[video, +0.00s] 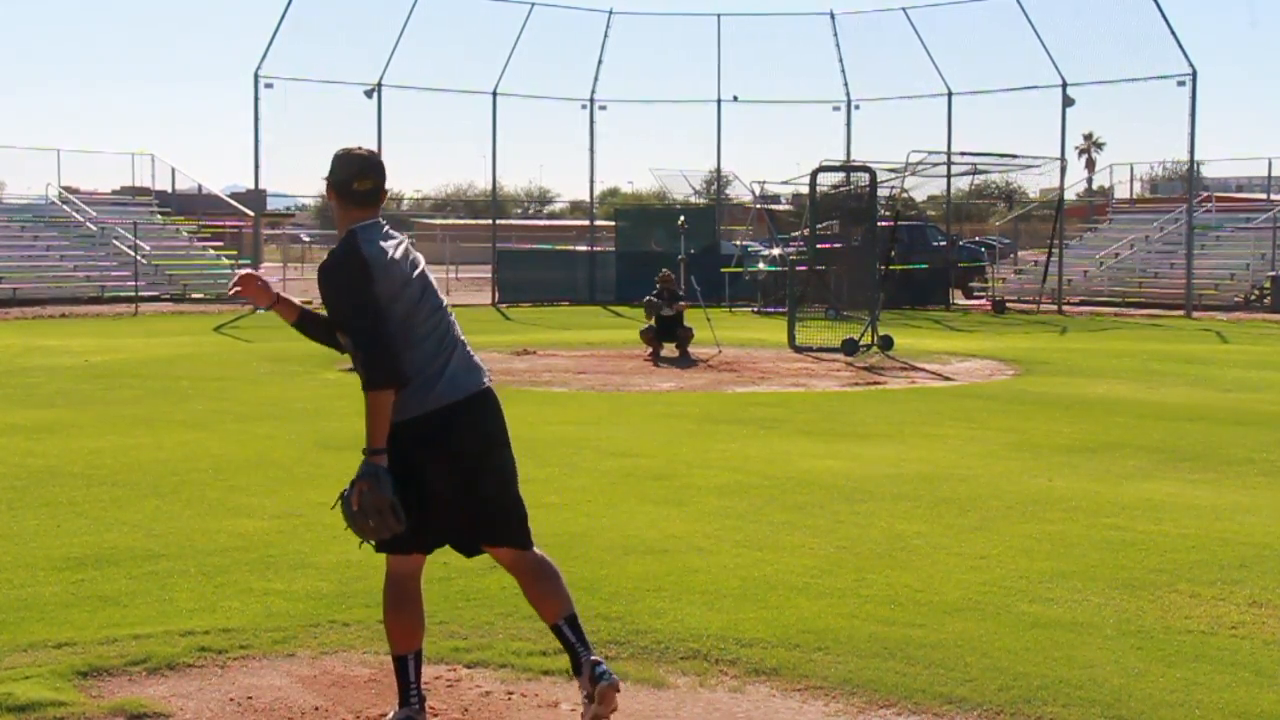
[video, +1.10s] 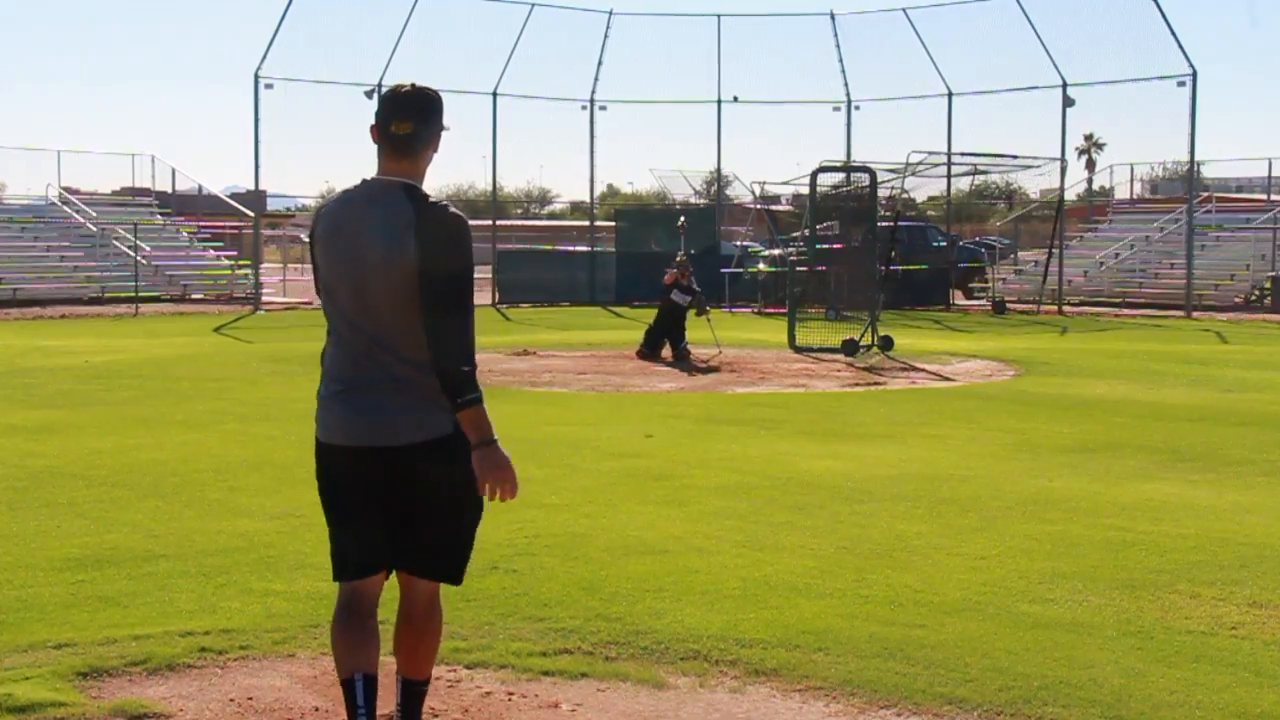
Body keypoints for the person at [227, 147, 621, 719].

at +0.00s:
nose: (325, 196)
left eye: (327, 188)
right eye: (336, 186)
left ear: (330, 196)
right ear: (382, 196)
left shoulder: (343, 263)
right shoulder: (397, 243)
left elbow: (380, 370)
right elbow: (349, 338)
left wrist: (374, 459)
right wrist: (278, 303)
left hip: (417, 431)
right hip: (477, 410)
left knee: (403, 568)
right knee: (514, 548)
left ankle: (410, 702)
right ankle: (587, 662)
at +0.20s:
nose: (362, 184)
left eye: (353, 174)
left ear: (350, 180)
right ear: (404, 181)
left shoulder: (339, 258)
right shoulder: (431, 242)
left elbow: (344, 361)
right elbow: (407, 318)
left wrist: (336, 460)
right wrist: (326, 326)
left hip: (393, 435)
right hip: (466, 423)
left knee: (394, 568)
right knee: (471, 542)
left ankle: (407, 701)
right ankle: (501, 646)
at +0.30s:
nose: (386, 177)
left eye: (370, 165)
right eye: (408, 169)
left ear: (359, 172)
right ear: (415, 174)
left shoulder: (337, 251)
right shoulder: (446, 240)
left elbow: (336, 354)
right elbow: (469, 321)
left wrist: (335, 448)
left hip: (383, 435)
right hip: (458, 430)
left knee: (389, 565)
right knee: (458, 555)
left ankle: (403, 698)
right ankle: (451, 656)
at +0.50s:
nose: (409, 160)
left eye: (391, 147)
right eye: (425, 151)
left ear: (375, 154)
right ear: (433, 156)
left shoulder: (337, 235)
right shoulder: (467, 228)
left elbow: (322, 334)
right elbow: (517, 312)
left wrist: (320, 421)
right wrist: (478, 359)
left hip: (372, 428)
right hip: (450, 424)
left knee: (382, 559)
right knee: (440, 571)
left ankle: (389, 683)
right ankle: (407, 699)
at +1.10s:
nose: (434, 146)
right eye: (438, 137)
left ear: (375, 136)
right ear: (438, 142)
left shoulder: (327, 219)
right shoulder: (441, 226)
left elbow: (341, 317)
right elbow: (452, 350)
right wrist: (485, 441)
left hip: (343, 443)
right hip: (428, 442)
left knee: (357, 587)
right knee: (421, 586)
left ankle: (360, 713)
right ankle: (410, 713)